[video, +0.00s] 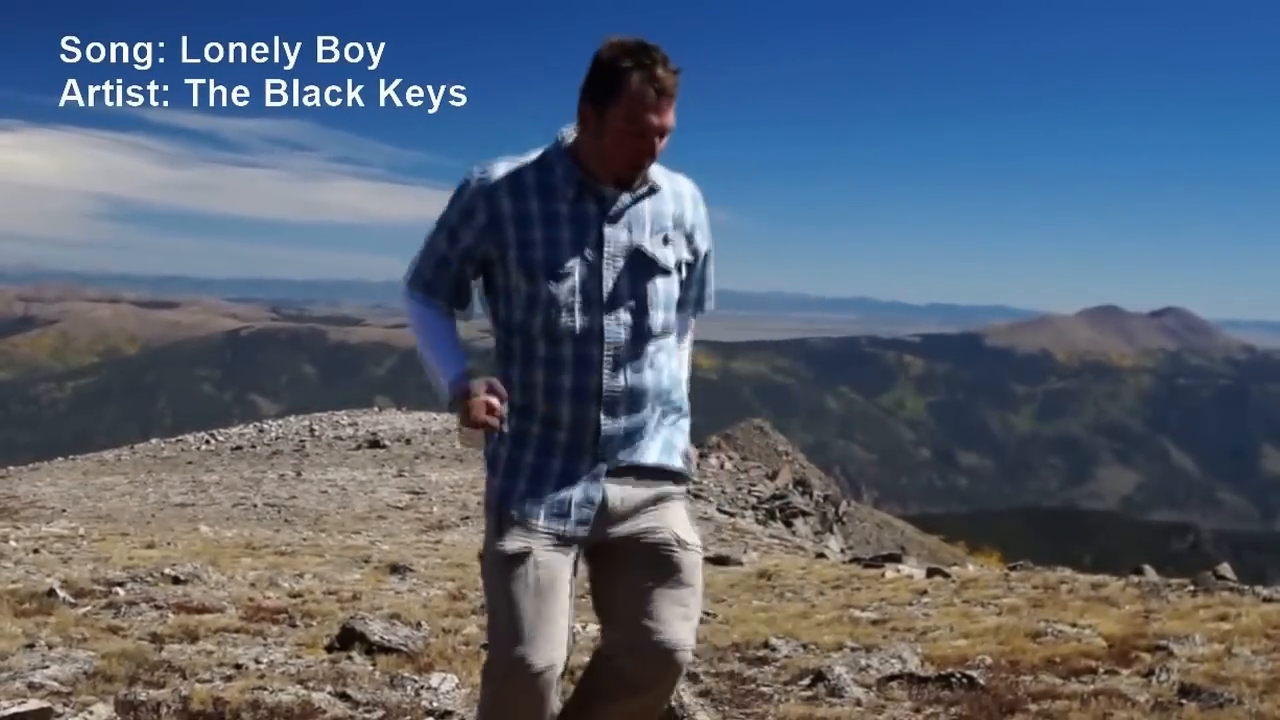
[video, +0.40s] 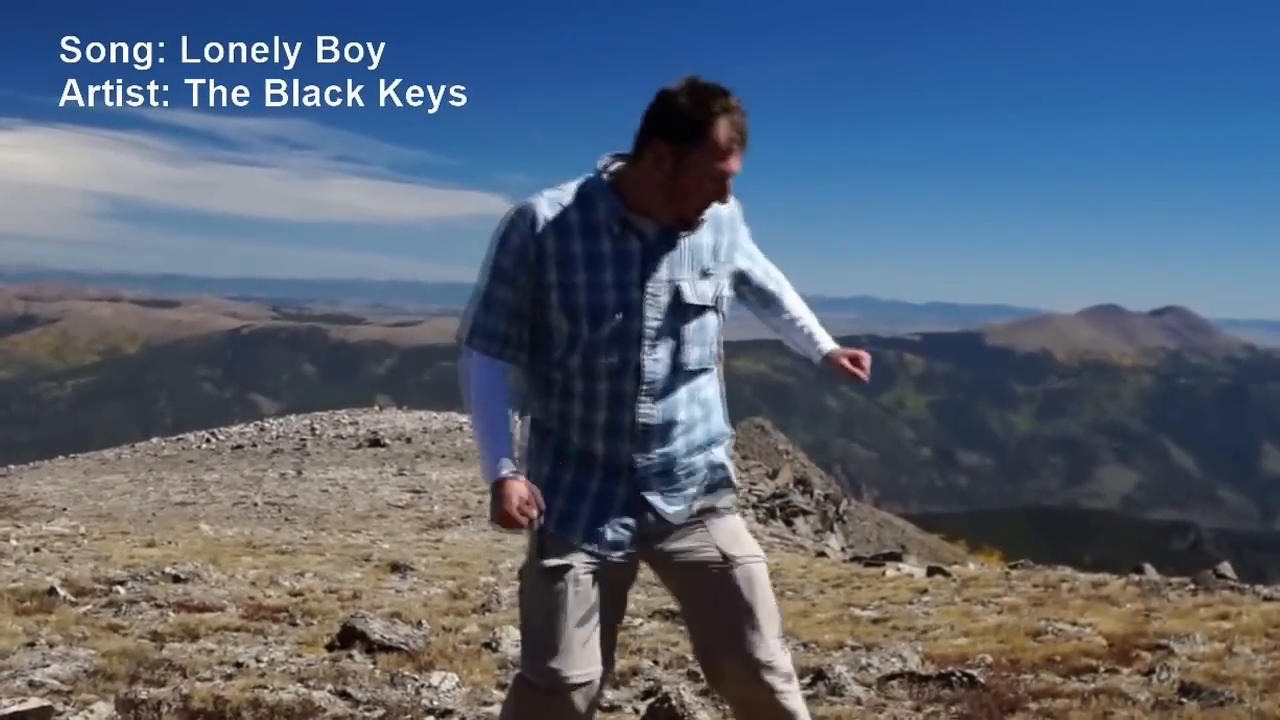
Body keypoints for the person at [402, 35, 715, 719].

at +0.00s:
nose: (656, 148)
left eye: (664, 133)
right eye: (645, 132)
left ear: (670, 123)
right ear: (594, 116)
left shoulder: (680, 203)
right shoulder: (496, 196)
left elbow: (682, 327)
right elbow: (427, 293)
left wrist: (670, 426)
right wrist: (457, 383)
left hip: (649, 477)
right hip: (536, 480)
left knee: (659, 653)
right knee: (529, 667)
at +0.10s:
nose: (659, 164)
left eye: (666, 149)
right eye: (650, 148)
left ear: (670, 136)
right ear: (595, 130)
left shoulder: (674, 210)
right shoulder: (497, 219)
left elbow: (682, 331)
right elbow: (449, 346)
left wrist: (694, 424)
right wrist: (476, 442)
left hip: (648, 480)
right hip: (535, 487)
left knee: (688, 640)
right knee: (524, 681)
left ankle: (625, 718)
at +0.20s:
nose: (678, 174)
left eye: (686, 158)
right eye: (670, 156)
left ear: (689, 143)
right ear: (614, 135)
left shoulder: (680, 202)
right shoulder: (507, 206)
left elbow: (705, 296)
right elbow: (432, 304)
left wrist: (755, 365)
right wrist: (500, 373)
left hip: (658, 462)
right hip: (548, 478)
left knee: (724, 604)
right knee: (537, 667)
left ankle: (684, 714)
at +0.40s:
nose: (723, 195)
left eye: (729, 179)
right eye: (715, 179)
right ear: (660, 158)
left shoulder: (721, 224)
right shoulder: (542, 226)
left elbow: (763, 287)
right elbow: (486, 352)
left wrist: (822, 347)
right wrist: (502, 469)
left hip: (695, 492)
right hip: (579, 500)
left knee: (761, 674)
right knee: (558, 688)